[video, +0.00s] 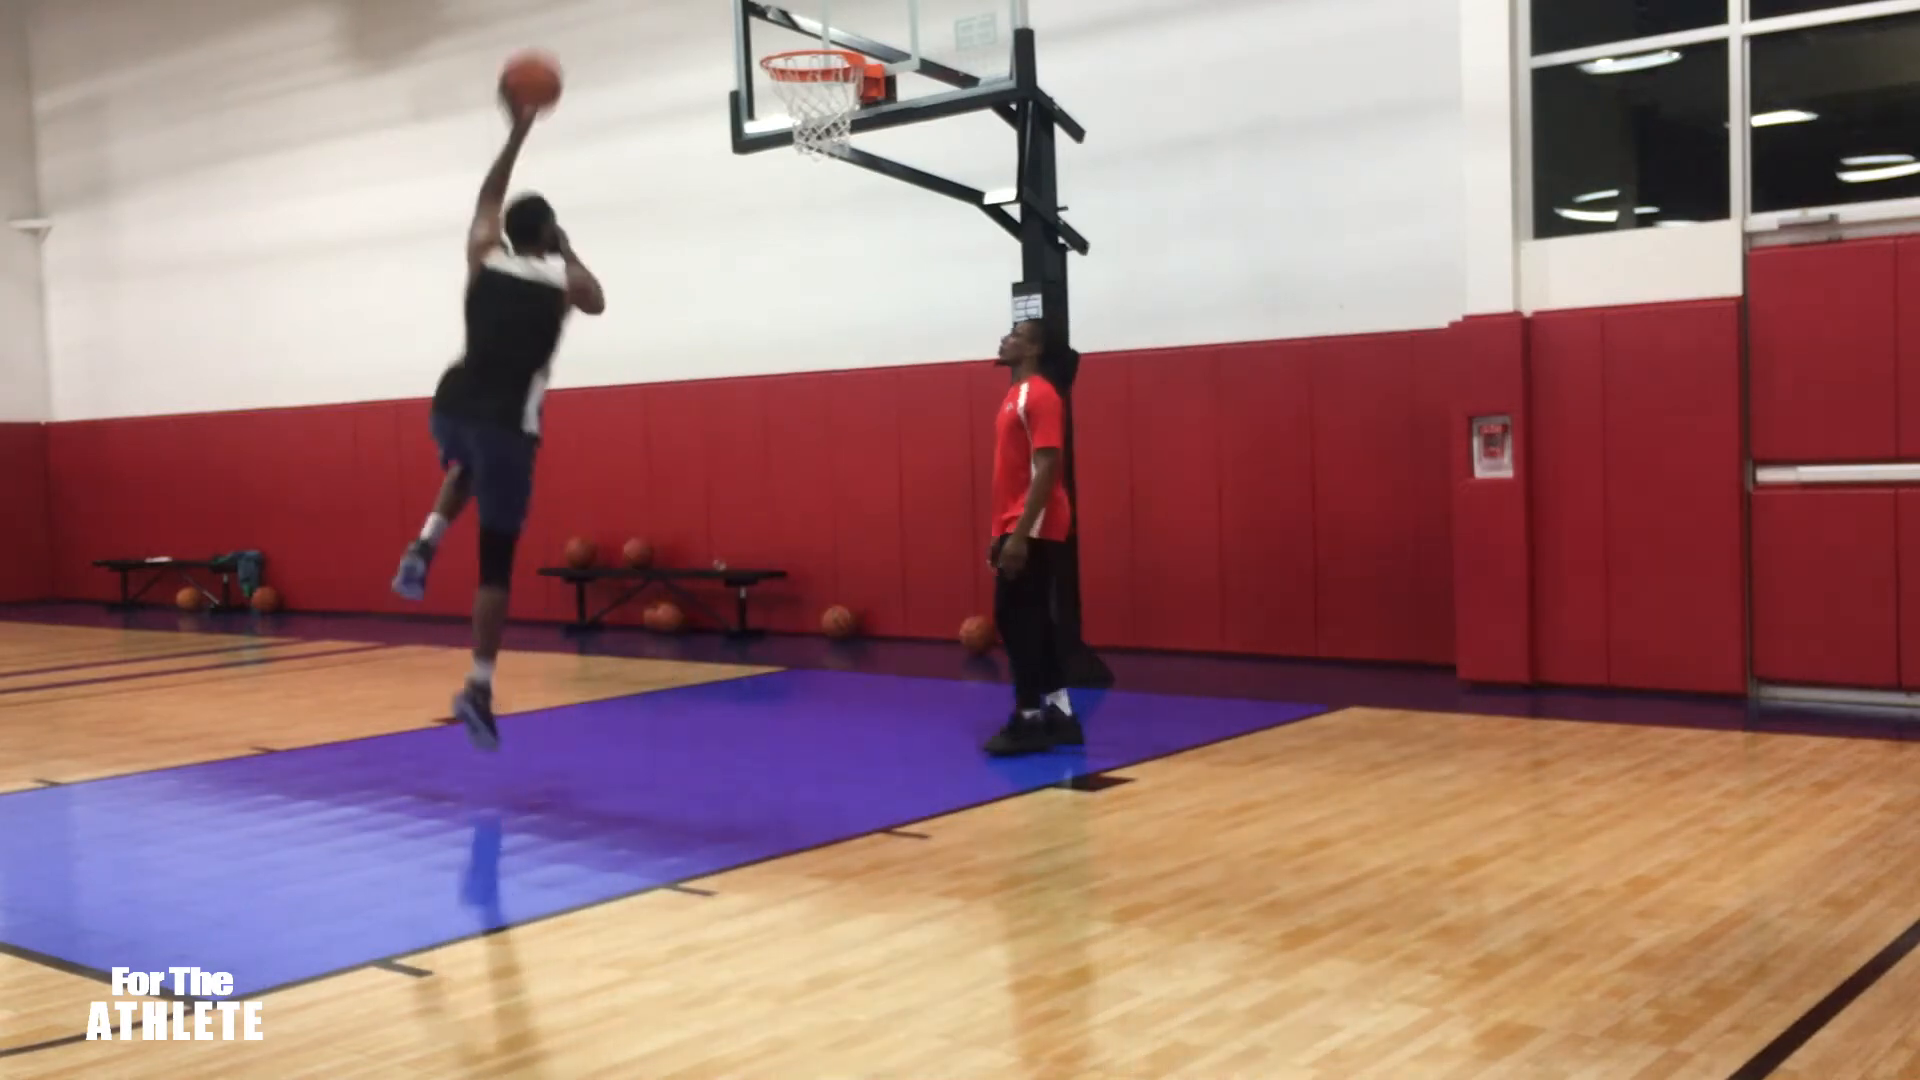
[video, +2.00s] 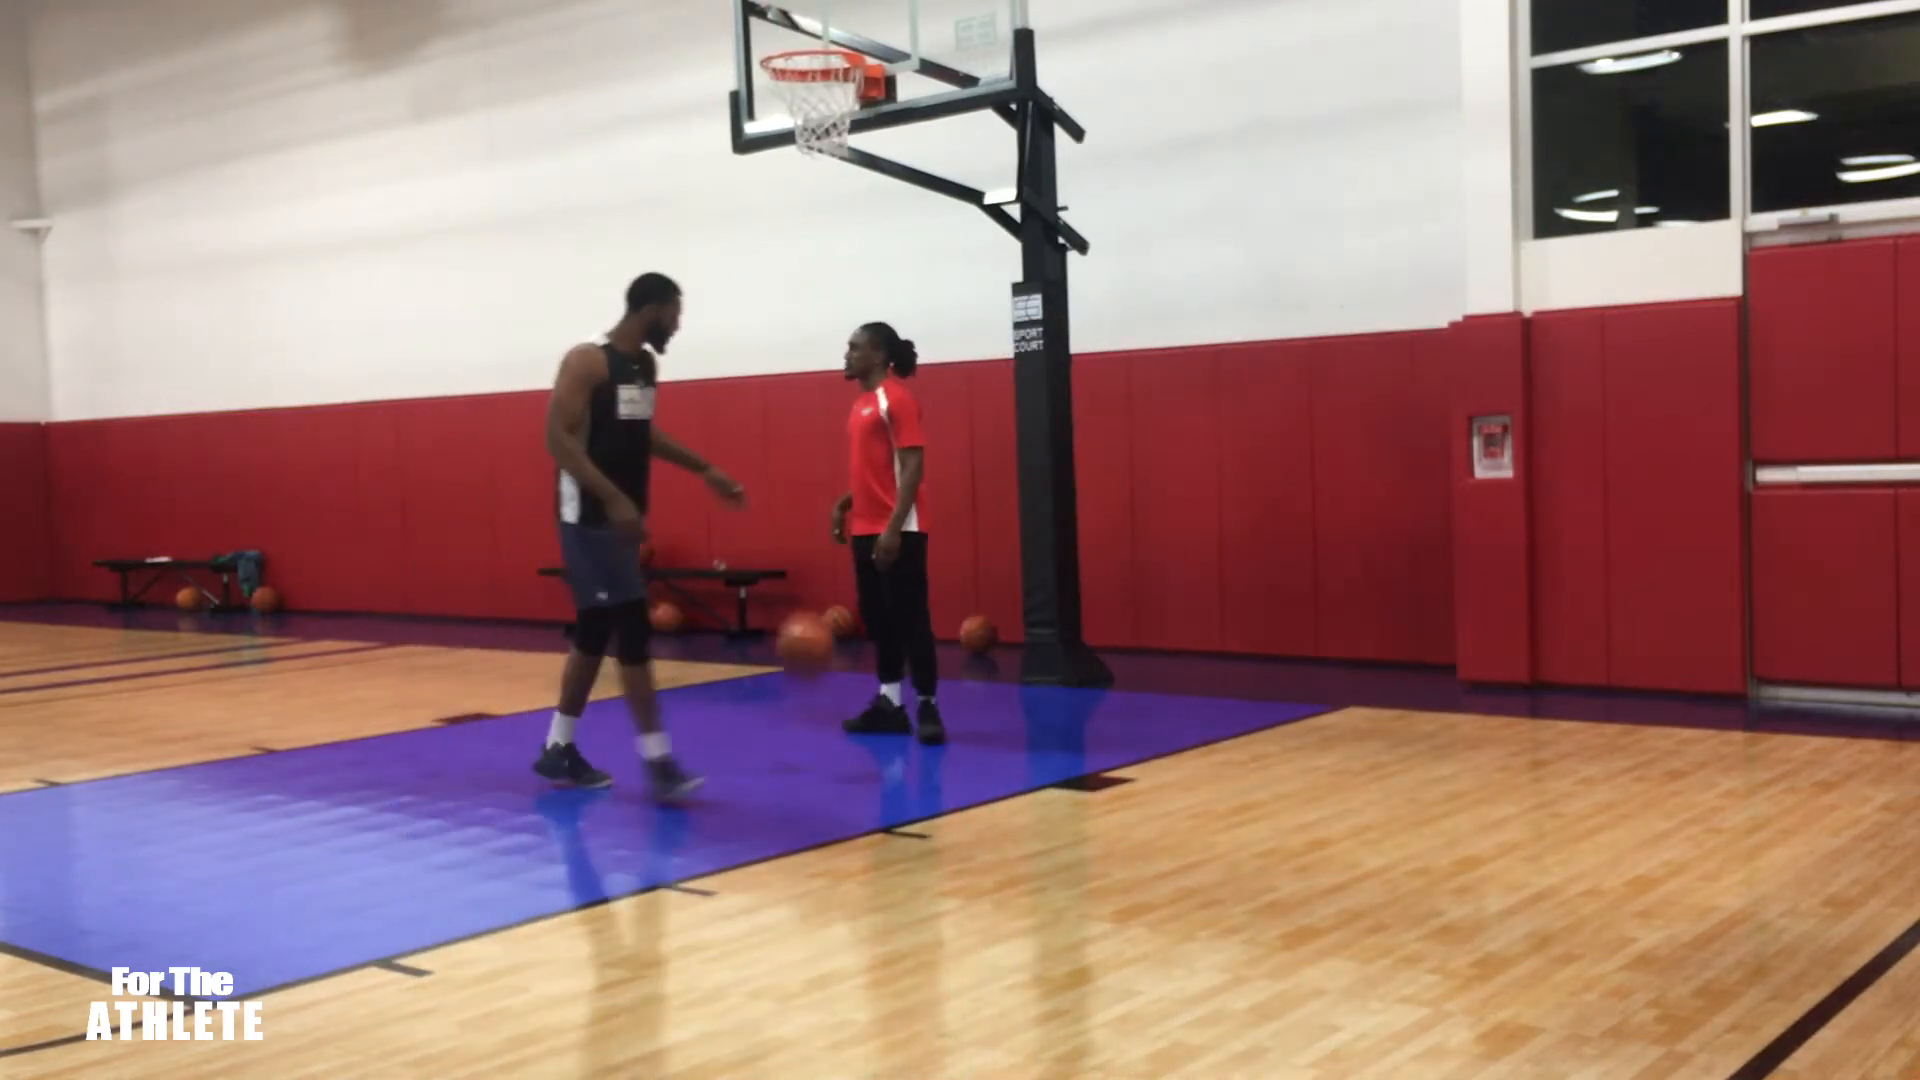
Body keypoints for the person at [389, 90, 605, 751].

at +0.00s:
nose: (552, 229)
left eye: (539, 221)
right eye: (552, 223)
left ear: (506, 231)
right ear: (550, 237)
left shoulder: (483, 259)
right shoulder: (563, 280)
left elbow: (489, 195)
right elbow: (594, 300)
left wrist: (520, 127)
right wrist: (564, 251)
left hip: (452, 409)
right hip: (506, 429)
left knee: (465, 463)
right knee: (494, 563)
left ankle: (423, 543)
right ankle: (480, 684)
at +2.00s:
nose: (676, 325)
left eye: (678, 315)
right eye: (672, 314)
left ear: (648, 310)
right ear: (646, 310)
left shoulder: (643, 367)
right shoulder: (586, 362)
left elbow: (639, 434)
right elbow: (560, 440)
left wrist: (705, 470)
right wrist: (613, 497)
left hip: (621, 523)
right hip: (590, 524)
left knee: (593, 631)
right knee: (632, 630)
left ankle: (557, 749)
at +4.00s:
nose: (974, 260)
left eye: (987, 244)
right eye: (965, 249)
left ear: (1028, 246)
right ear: (963, 260)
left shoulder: (1093, 327)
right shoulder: (959, 353)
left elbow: (1161, 428)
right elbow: (947, 471)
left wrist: (1174, 534)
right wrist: (906, 558)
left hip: (1084, 548)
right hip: (1002, 556)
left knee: (1067, 706)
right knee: (967, 716)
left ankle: (1117, 904)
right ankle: (1016, 801)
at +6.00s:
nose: (1249, 269)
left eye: (1260, 255)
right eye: (1240, 258)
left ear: (1294, 248)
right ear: (1235, 259)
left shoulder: (1351, 299)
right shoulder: (1225, 336)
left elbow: (1399, 357)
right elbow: (1186, 425)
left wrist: (1410, 341)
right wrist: (1192, 513)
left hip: (1340, 508)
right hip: (1264, 515)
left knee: (1352, 652)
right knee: (1280, 657)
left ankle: (1347, 803)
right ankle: (1288, 819)